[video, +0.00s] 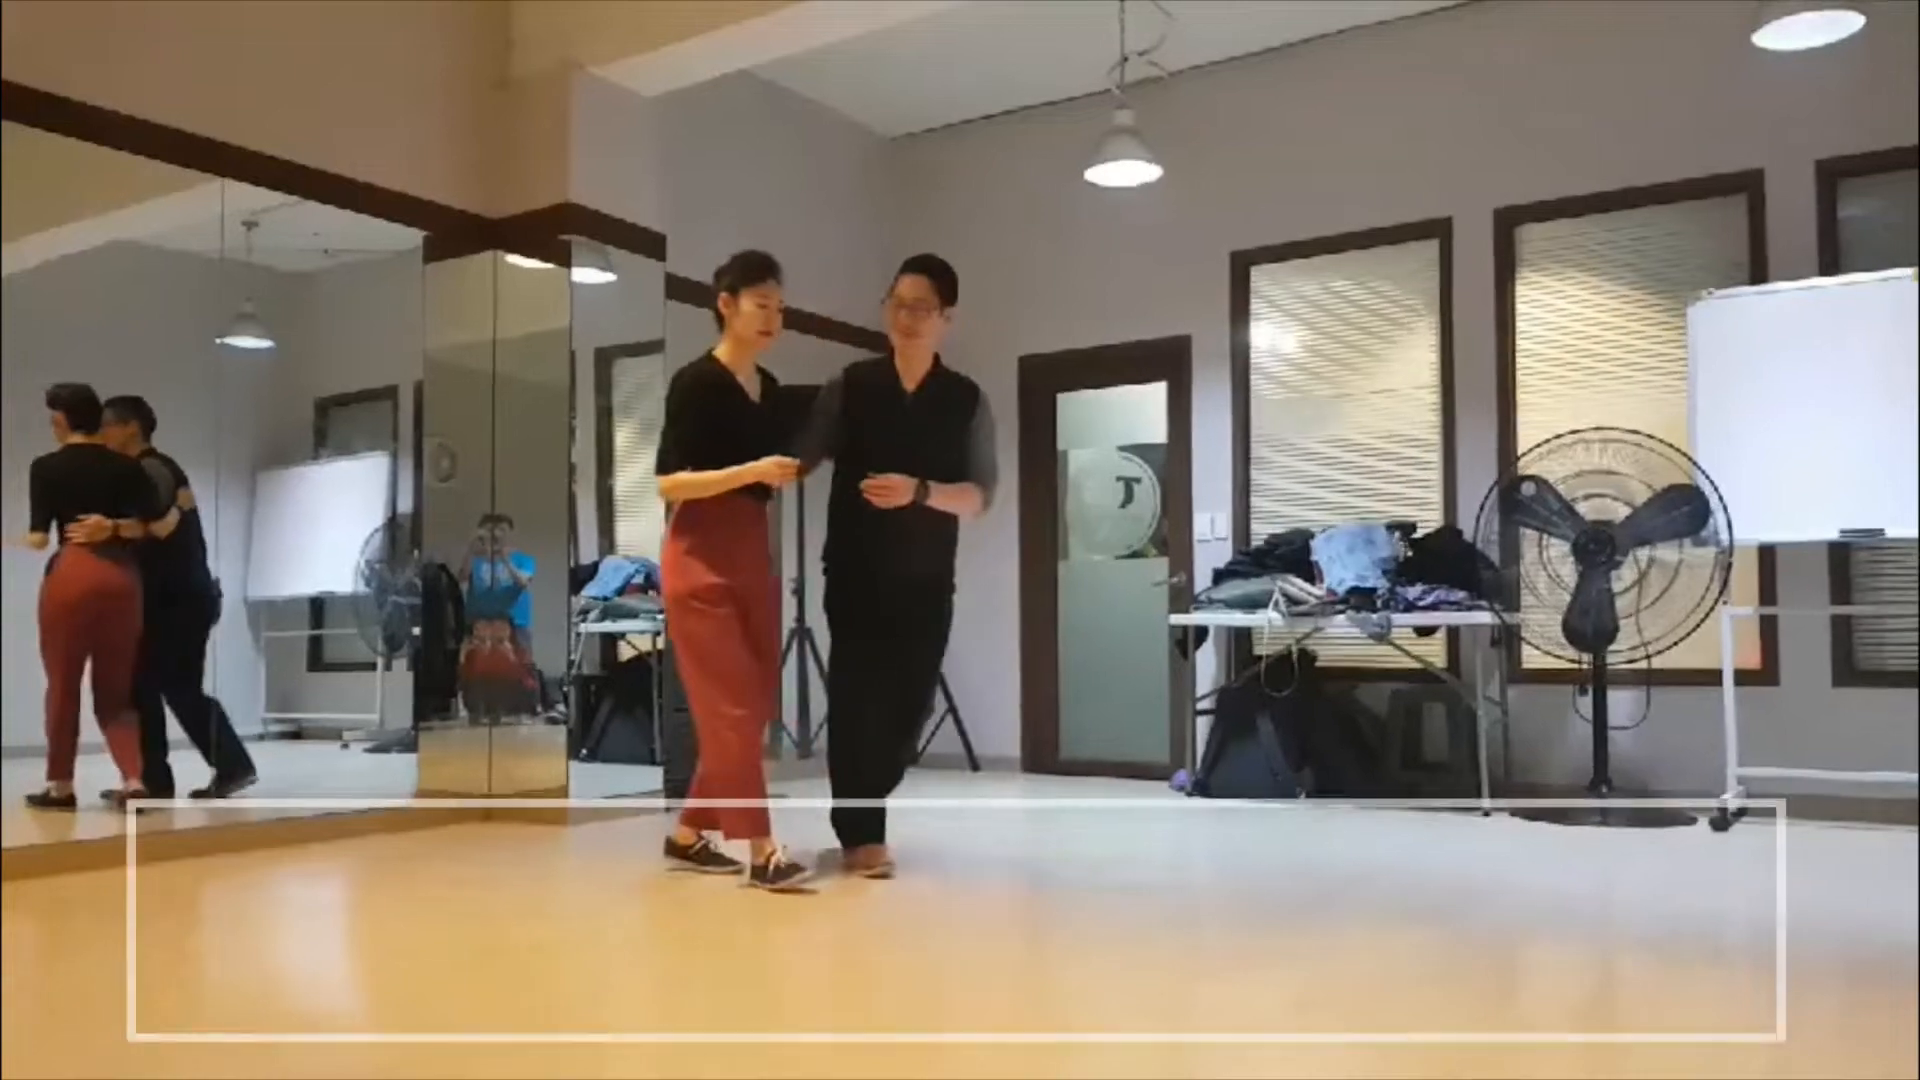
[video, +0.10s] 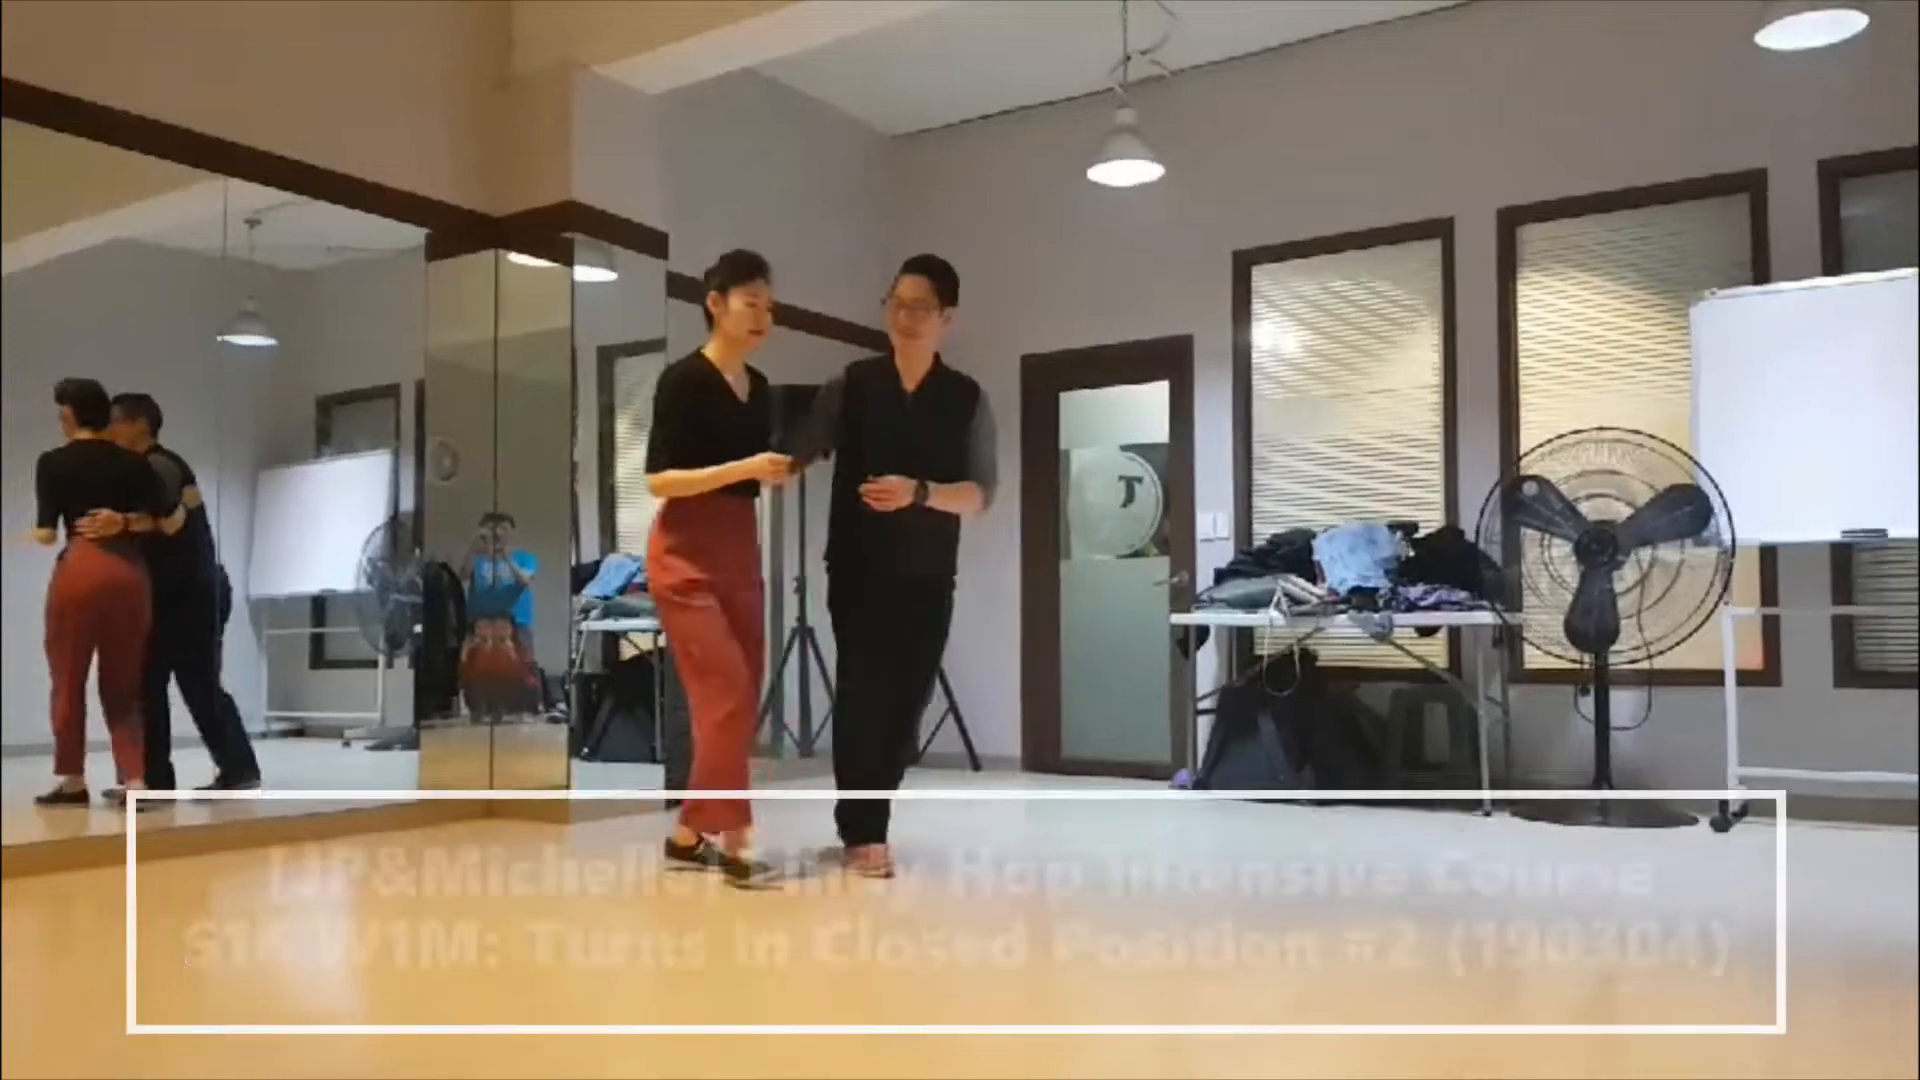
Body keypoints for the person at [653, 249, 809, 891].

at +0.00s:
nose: (772, 317)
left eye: (778, 306)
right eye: (760, 304)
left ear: (781, 312)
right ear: (725, 305)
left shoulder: (768, 389)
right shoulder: (695, 382)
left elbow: (765, 466)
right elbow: (670, 483)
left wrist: (788, 468)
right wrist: (752, 470)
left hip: (750, 554)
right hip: (698, 554)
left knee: (751, 693)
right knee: (733, 695)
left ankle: (689, 832)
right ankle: (762, 849)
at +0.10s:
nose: (762, 315)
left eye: (768, 304)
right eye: (750, 302)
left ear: (770, 311)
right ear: (715, 303)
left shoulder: (758, 386)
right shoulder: (682, 379)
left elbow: (750, 467)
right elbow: (660, 479)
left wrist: (779, 469)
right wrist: (744, 468)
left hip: (737, 550)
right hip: (683, 551)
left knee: (742, 689)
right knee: (726, 687)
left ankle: (689, 831)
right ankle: (732, 837)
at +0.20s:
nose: (752, 310)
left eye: (757, 300)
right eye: (740, 298)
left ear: (759, 306)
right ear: (704, 298)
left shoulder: (747, 380)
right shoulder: (670, 373)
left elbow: (738, 466)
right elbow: (652, 474)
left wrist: (774, 461)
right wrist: (739, 460)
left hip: (729, 544)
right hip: (673, 544)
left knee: (743, 685)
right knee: (703, 685)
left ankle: (702, 828)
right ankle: (676, 828)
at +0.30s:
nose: (745, 302)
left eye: (748, 291)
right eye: (733, 290)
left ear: (746, 300)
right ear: (695, 293)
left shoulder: (738, 375)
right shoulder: (662, 367)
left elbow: (731, 466)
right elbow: (645, 469)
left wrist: (775, 456)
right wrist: (734, 455)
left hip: (721, 536)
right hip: (664, 536)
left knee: (748, 682)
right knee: (668, 691)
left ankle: (701, 820)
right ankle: (629, 825)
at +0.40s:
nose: (740, 303)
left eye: (743, 292)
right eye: (729, 290)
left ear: (740, 300)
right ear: (691, 294)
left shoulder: (735, 377)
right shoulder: (659, 368)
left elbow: (729, 471)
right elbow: (644, 471)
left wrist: (780, 457)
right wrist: (733, 457)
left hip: (716, 548)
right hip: (657, 548)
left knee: (759, 681)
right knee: (644, 692)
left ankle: (709, 809)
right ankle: (624, 827)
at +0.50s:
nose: (737, 305)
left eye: (739, 294)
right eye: (724, 293)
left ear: (737, 305)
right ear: (687, 301)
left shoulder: (737, 381)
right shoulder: (660, 376)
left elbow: (738, 473)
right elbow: (647, 478)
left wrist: (791, 461)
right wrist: (737, 468)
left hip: (717, 559)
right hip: (655, 560)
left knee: (764, 681)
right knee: (638, 701)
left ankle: (724, 828)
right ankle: (619, 836)